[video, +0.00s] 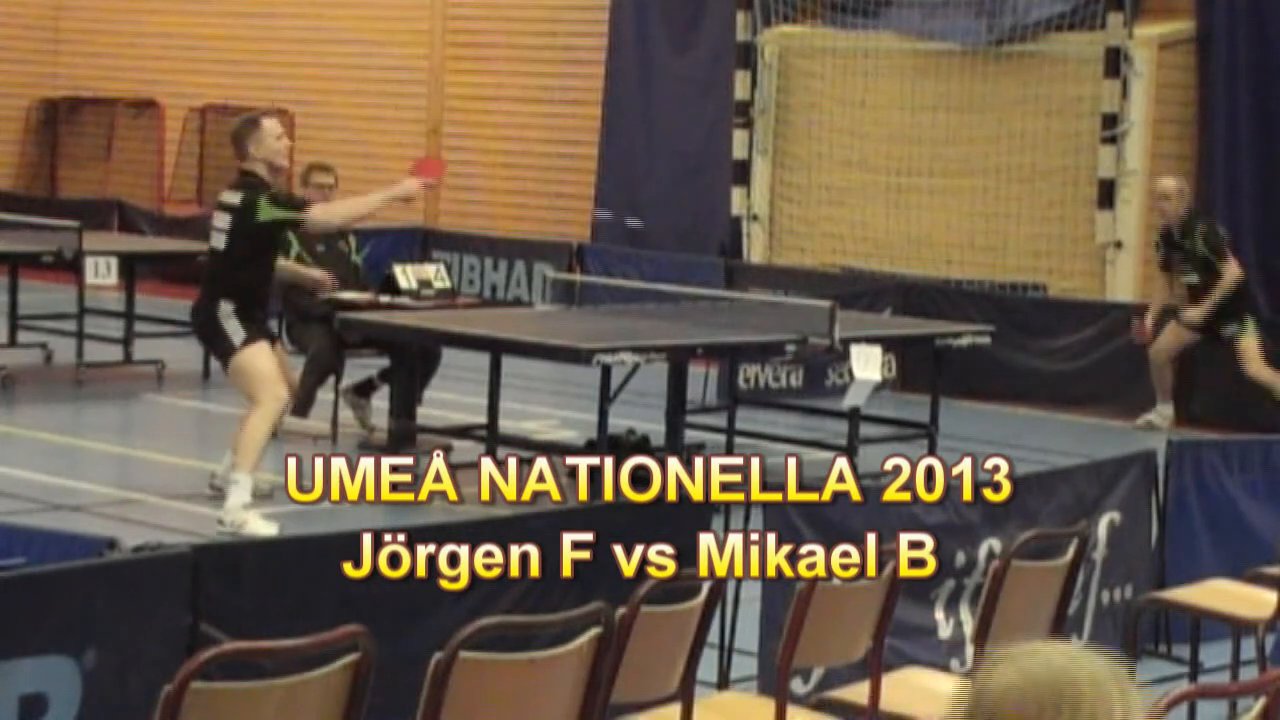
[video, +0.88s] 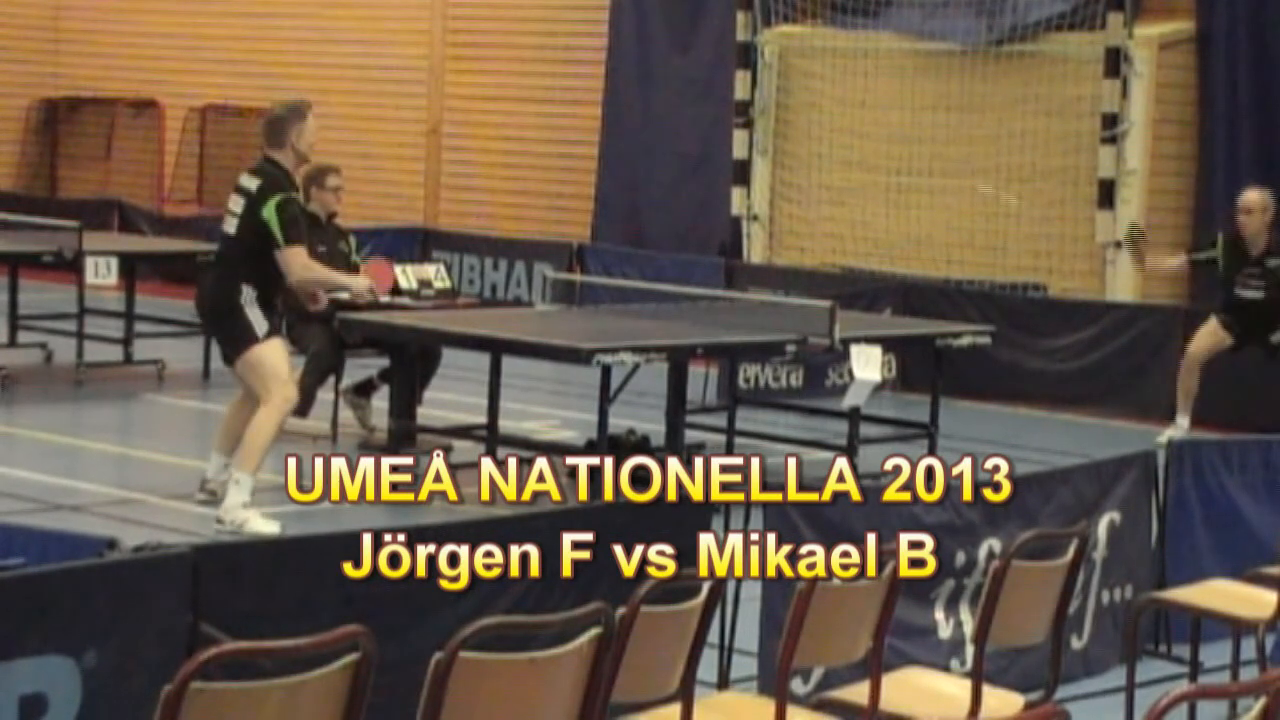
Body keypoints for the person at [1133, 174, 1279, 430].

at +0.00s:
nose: (1162, 205)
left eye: (1168, 199)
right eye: (1159, 199)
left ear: (1184, 200)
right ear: (1155, 202)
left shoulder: (1205, 230)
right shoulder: (1166, 237)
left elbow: (1233, 272)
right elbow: (1166, 286)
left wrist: (1202, 309)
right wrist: (1150, 317)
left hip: (1234, 310)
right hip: (1199, 310)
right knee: (1158, 352)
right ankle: (1164, 411)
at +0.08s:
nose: (1184, 214)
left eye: (1189, 207)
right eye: (1179, 208)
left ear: (1202, 209)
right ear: (1173, 211)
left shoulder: (1224, 241)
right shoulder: (1176, 244)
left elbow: (1258, 277)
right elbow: (1176, 290)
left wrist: (1235, 317)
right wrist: (1161, 321)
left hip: (1243, 319)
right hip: (1201, 319)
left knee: (1271, 371)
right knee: (1165, 350)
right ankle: (1164, 411)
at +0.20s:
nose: (1213, 217)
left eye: (1220, 210)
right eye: (1210, 210)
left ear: (1239, 212)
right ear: (1206, 212)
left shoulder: (1265, 244)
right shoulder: (1207, 248)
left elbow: (1276, 286)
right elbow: (1195, 291)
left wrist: (1275, 319)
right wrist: (1196, 325)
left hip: (1265, 321)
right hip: (1224, 321)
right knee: (1184, 358)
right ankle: (1171, 410)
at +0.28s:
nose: (1235, 218)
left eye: (1242, 211)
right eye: (1232, 212)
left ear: (1261, 213)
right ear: (1229, 214)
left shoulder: (1275, 244)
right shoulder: (1229, 248)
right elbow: (1212, 293)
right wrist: (1222, 332)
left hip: (1272, 319)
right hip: (1237, 318)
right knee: (1193, 359)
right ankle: (1182, 410)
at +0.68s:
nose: (1242, 229)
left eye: (1249, 223)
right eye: (1239, 222)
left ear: (1268, 224)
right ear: (1235, 224)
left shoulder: (1275, 258)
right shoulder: (1230, 256)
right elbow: (1195, 288)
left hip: (1270, 328)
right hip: (1233, 325)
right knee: (1188, 342)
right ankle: (1181, 423)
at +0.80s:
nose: (1235, 225)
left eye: (1242, 218)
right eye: (1233, 218)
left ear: (1260, 222)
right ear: (1228, 221)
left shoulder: (1273, 254)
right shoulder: (1220, 250)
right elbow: (1194, 259)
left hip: (1270, 322)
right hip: (1232, 318)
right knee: (1189, 350)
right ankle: (1181, 423)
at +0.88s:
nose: (1241, 219)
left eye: (1249, 212)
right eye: (1239, 212)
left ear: (1268, 216)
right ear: (1235, 214)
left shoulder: (1276, 252)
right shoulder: (1227, 247)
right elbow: (1186, 260)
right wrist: (1147, 262)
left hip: (1272, 322)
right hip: (1235, 318)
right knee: (1193, 354)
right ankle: (1181, 424)